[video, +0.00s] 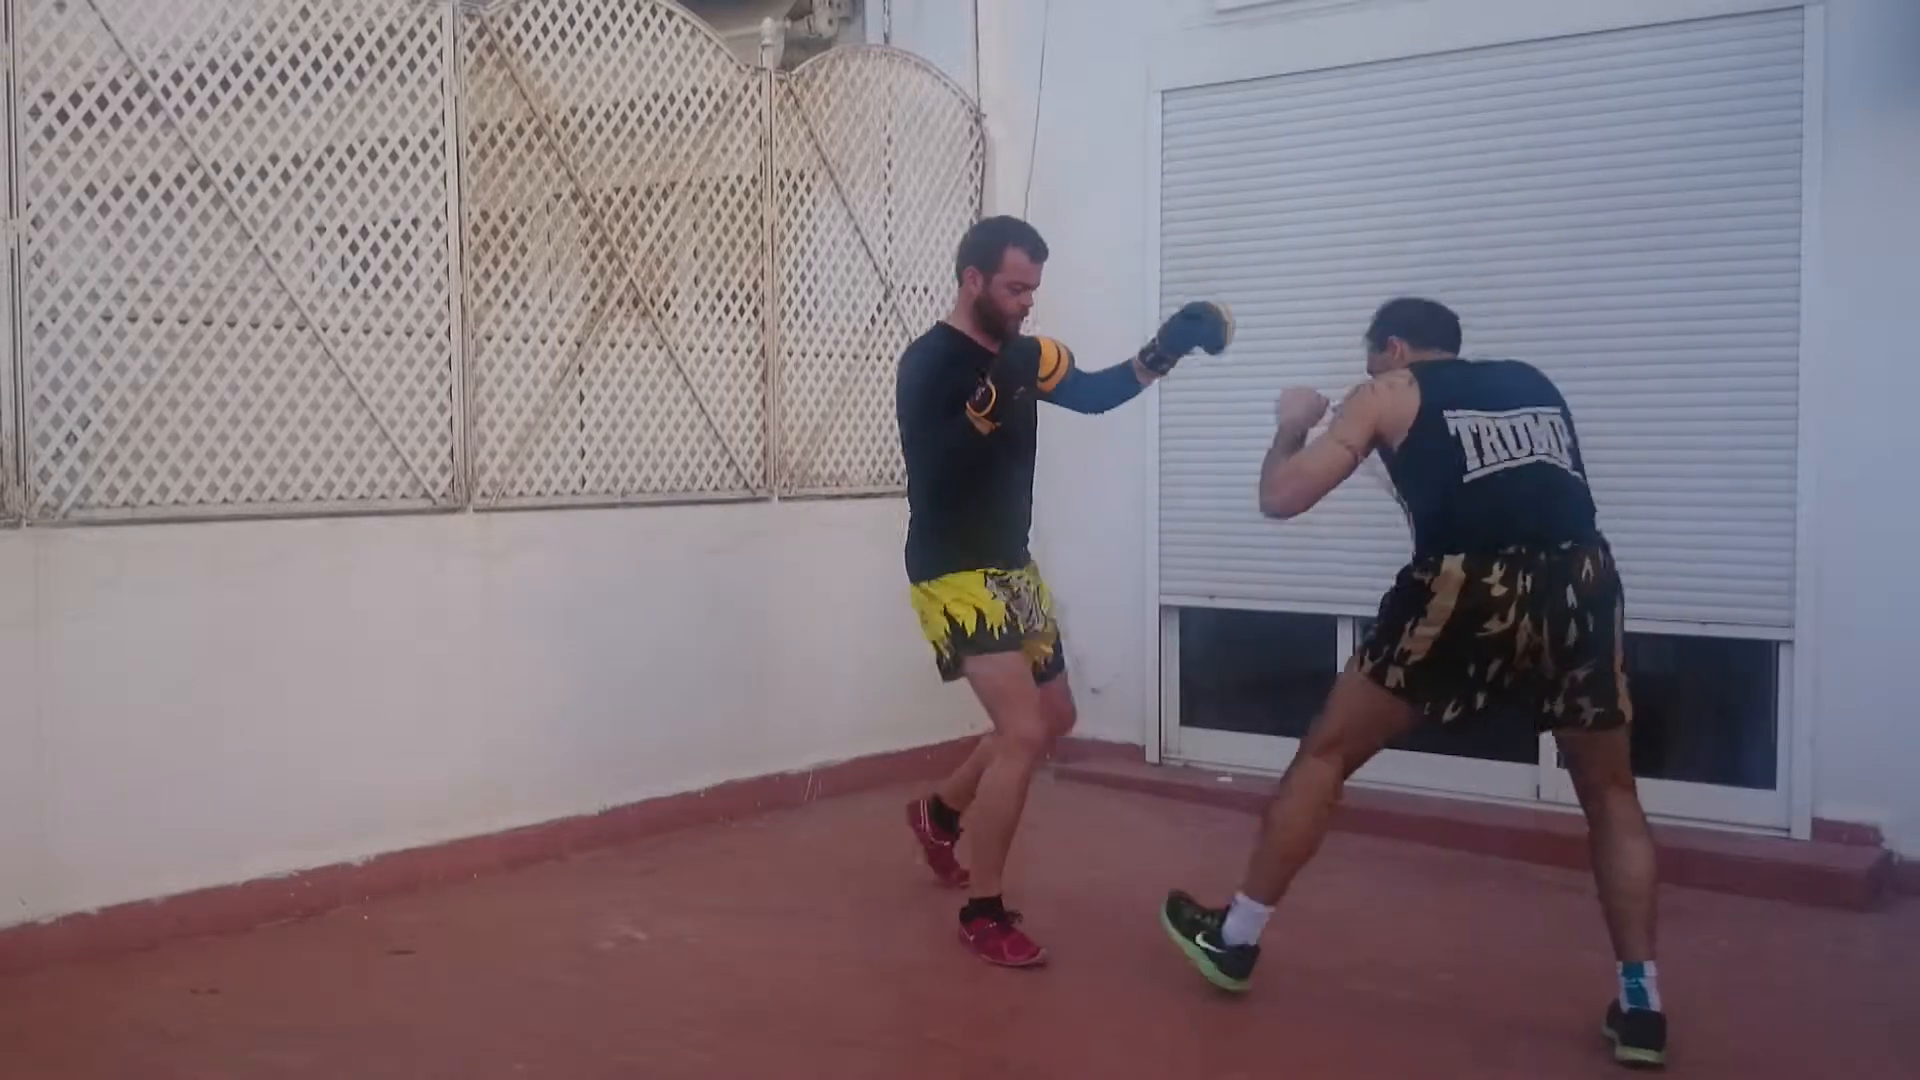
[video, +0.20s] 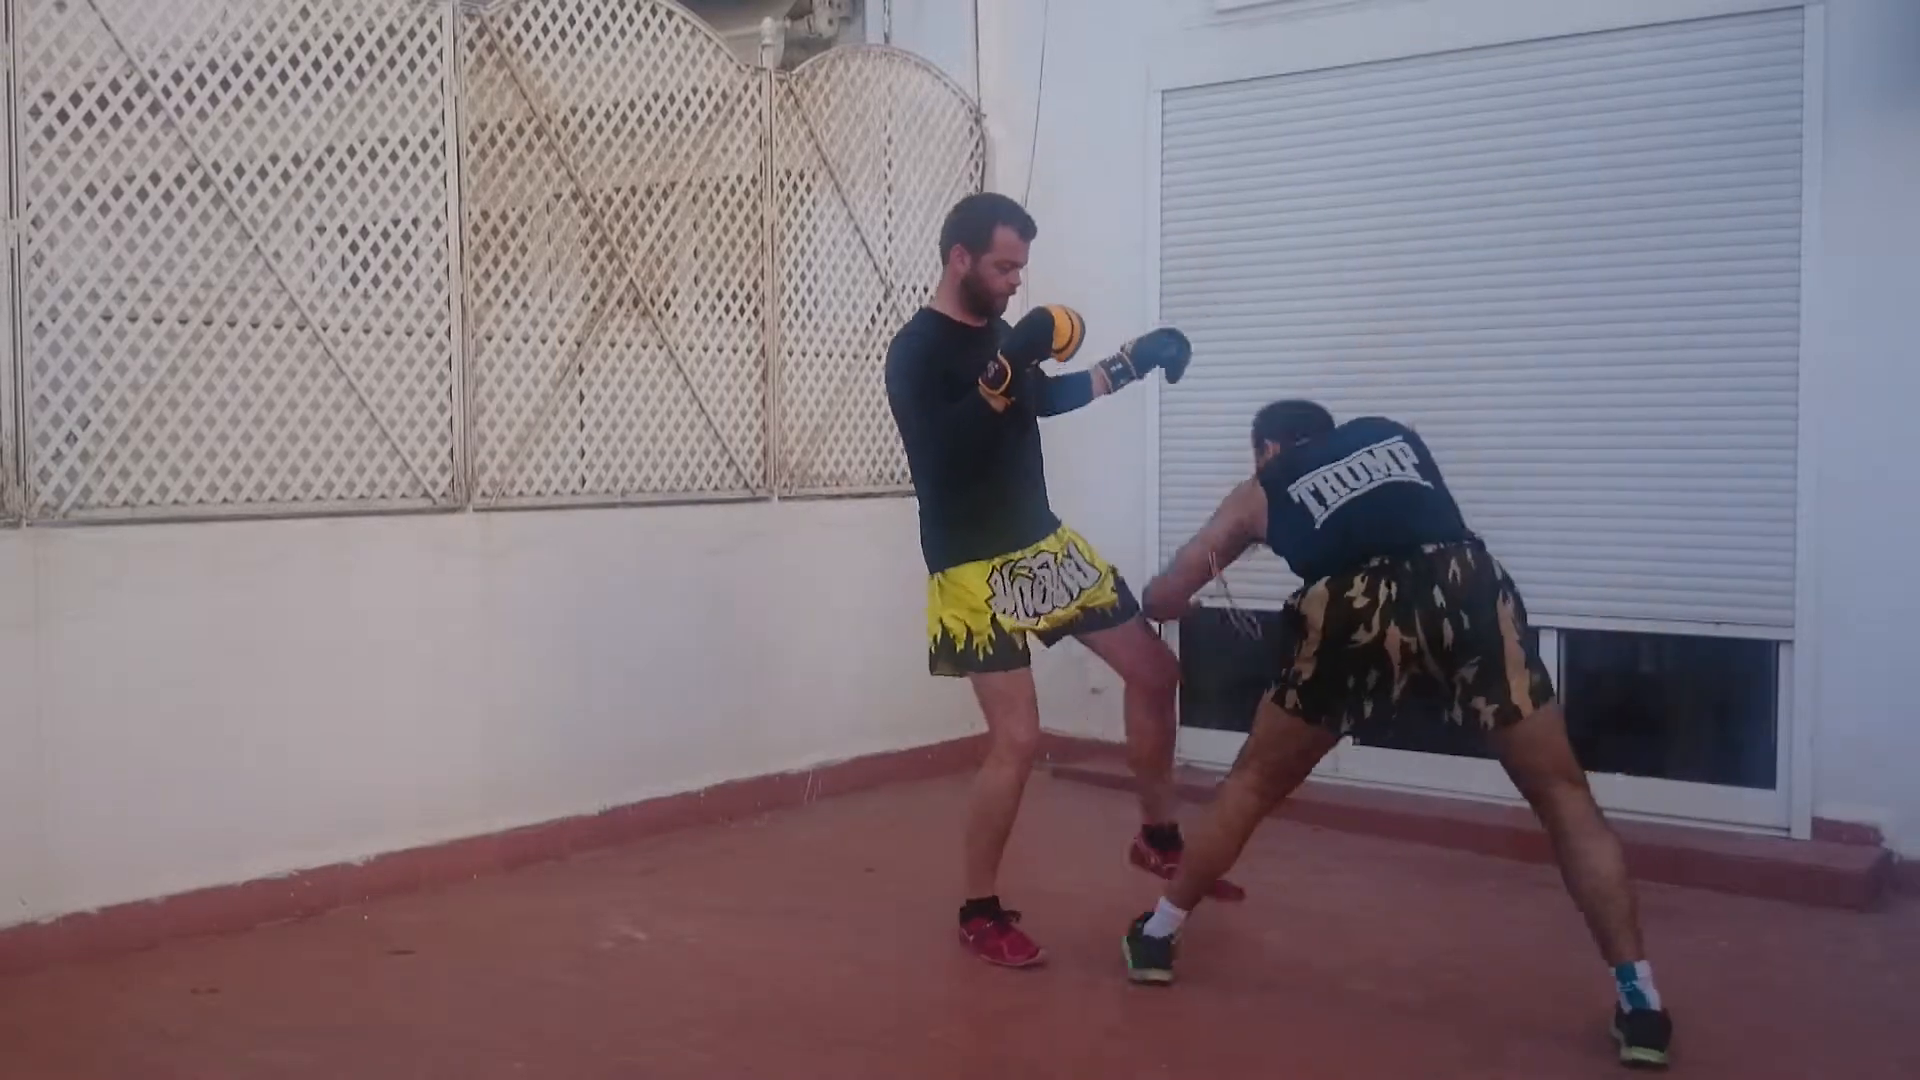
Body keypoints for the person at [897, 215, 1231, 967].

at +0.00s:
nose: (1028, 301)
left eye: (1033, 288)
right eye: (1015, 286)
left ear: (1030, 285)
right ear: (971, 279)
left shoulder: (1020, 354)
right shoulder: (929, 362)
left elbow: (1092, 392)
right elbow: (932, 475)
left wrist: (1161, 352)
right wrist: (993, 401)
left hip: (1012, 563)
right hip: (951, 570)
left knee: (1053, 717)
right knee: (1024, 731)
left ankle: (942, 812)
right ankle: (982, 908)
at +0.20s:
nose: (1014, 281)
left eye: (1020, 268)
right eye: (1003, 266)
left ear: (1016, 267)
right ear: (956, 259)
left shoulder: (1001, 337)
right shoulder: (914, 352)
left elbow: (1048, 397)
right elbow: (941, 453)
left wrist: (1127, 365)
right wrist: (1012, 363)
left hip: (1046, 544)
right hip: (973, 568)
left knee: (1155, 670)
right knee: (1015, 738)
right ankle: (979, 910)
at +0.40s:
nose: (1016, 277)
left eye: (1020, 265)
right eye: (1005, 263)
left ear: (1007, 265)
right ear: (958, 258)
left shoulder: (1007, 341)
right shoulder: (919, 349)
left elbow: (1056, 401)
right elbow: (950, 422)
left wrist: (1135, 359)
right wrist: (1003, 337)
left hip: (1065, 553)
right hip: (991, 570)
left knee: (1151, 711)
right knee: (1022, 745)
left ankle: (1231, 868)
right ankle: (979, 909)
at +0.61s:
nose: (1033, 272)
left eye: (1035, 260)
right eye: (1022, 258)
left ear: (1020, 270)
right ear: (973, 263)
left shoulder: (1028, 342)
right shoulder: (935, 354)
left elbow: (1092, 425)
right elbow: (978, 417)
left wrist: (1134, 353)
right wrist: (1014, 323)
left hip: (1088, 554)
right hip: (1012, 571)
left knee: (1163, 715)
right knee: (1033, 753)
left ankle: (1208, 890)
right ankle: (985, 909)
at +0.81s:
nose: (1041, 283)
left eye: (1043, 270)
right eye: (1027, 268)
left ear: (1036, 270)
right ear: (980, 266)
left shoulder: (1043, 357)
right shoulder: (949, 348)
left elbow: (1132, 423)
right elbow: (1059, 345)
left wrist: (1124, 345)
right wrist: (1074, 270)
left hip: (1103, 559)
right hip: (1027, 573)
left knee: (1193, 711)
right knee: (1054, 758)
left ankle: (1216, 879)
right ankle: (987, 908)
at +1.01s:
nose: (1053, 285)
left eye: (1057, 272)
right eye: (1039, 270)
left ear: (1045, 271)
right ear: (992, 266)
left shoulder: (1045, 360)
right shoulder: (962, 345)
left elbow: (1121, 446)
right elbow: (1082, 340)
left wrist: (1122, 354)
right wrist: (1086, 262)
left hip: (1102, 560)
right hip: (1030, 573)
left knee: (1201, 709)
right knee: (1057, 759)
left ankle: (1219, 880)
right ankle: (986, 907)